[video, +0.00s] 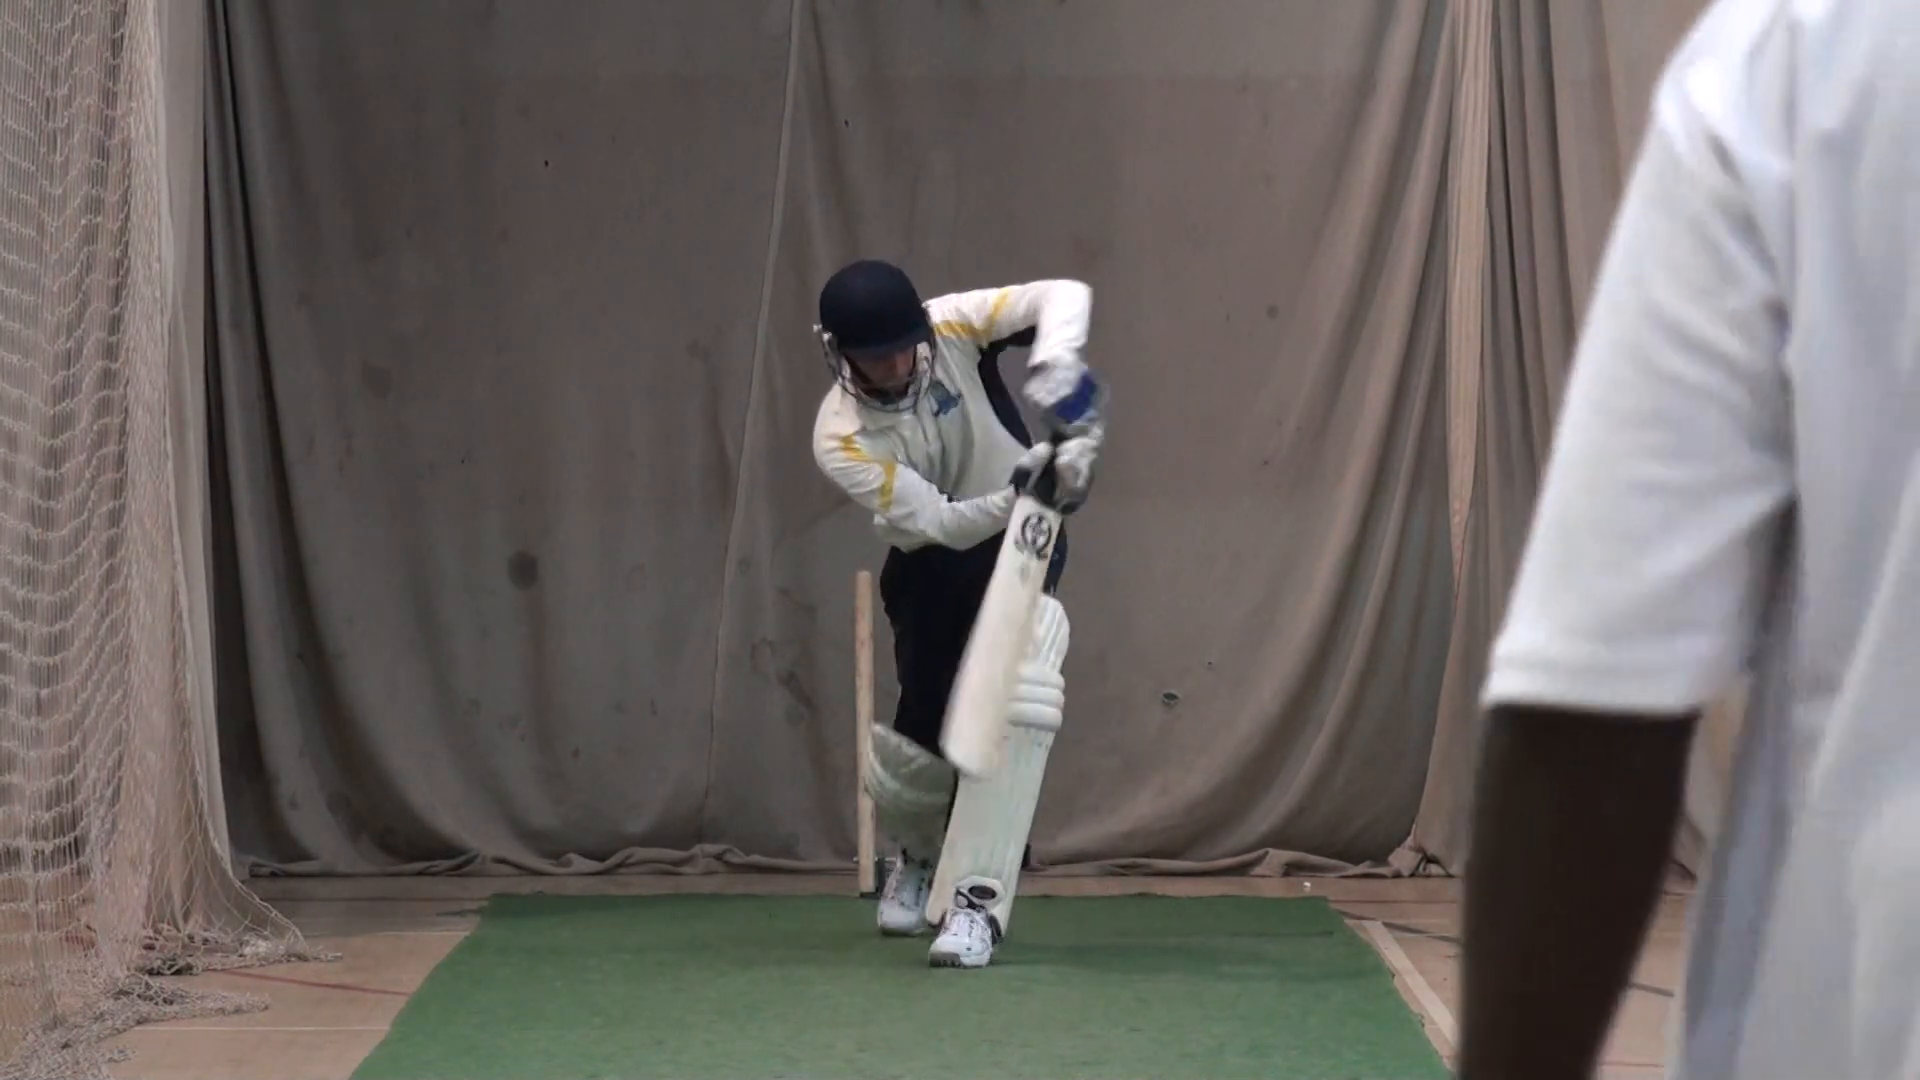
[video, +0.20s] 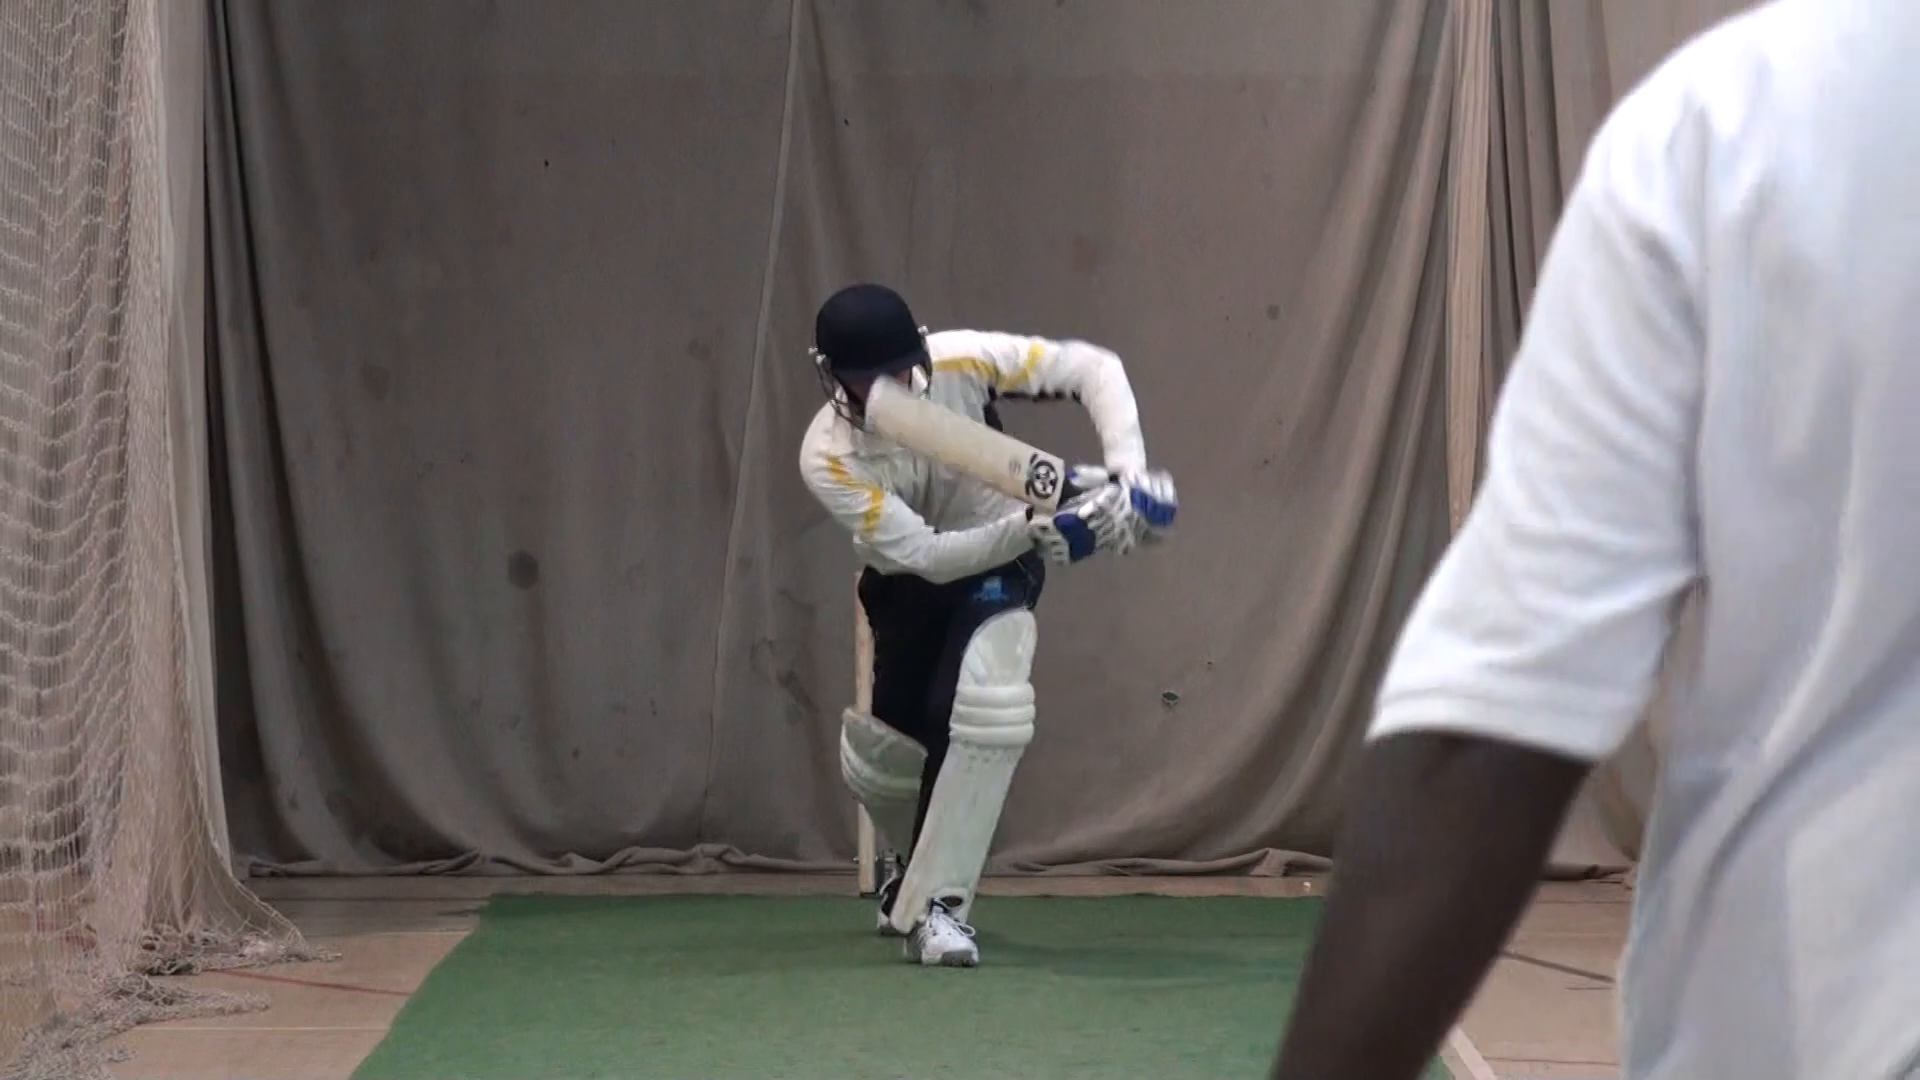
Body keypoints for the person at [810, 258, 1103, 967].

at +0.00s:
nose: (902, 368)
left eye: (909, 350)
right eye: (882, 359)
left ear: (922, 329)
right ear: (845, 355)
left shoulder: (948, 324)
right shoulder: (840, 437)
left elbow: (1062, 295)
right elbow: (939, 521)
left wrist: (1054, 362)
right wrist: (1020, 494)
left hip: (1015, 549)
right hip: (929, 574)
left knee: (1018, 719)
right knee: (920, 744)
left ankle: (977, 901)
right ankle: (915, 858)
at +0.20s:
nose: (881, 394)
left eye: (895, 375)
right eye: (863, 382)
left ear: (917, 361)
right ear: (833, 377)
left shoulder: (962, 358)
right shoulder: (828, 456)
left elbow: (1094, 366)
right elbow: (924, 555)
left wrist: (1129, 462)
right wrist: (1034, 532)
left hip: (994, 564)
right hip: (905, 588)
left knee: (990, 716)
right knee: (887, 756)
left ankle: (942, 906)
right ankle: (901, 865)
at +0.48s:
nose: (906, 328)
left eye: (916, 309)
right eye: (886, 315)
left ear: (934, 294)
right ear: (852, 310)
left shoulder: (980, 325)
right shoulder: (828, 389)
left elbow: (1094, 381)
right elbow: (867, 528)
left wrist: (1118, 506)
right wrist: (980, 564)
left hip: (992, 523)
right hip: (893, 533)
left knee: (972, 713)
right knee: (854, 726)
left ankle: (946, 905)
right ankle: (880, 849)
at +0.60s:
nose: (901, 282)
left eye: (914, 262)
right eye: (881, 266)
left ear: (937, 256)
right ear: (852, 264)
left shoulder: (989, 307)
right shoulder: (824, 355)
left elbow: (1099, 374)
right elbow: (797, 489)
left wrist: (1147, 495)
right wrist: (900, 540)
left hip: (990, 518)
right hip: (884, 521)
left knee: (988, 711)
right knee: (842, 698)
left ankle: (943, 906)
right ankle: (837, 885)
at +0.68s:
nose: (899, 259)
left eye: (913, 240)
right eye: (880, 242)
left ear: (937, 235)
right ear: (852, 242)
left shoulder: (993, 300)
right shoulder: (823, 338)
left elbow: (1103, 370)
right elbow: (760, 449)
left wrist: (1164, 485)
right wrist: (823, 522)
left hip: (983, 522)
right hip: (876, 521)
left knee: (974, 721)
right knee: (845, 700)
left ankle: (944, 903)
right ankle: (826, 899)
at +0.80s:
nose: (898, 233)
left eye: (912, 214)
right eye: (880, 216)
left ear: (937, 213)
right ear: (854, 221)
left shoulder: (992, 291)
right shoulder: (816, 323)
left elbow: (1093, 369)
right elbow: (749, 409)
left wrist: (1167, 478)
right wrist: (753, 493)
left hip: (976, 536)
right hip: (871, 536)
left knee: (972, 740)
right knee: (854, 710)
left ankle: (945, 899)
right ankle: (845, 919)